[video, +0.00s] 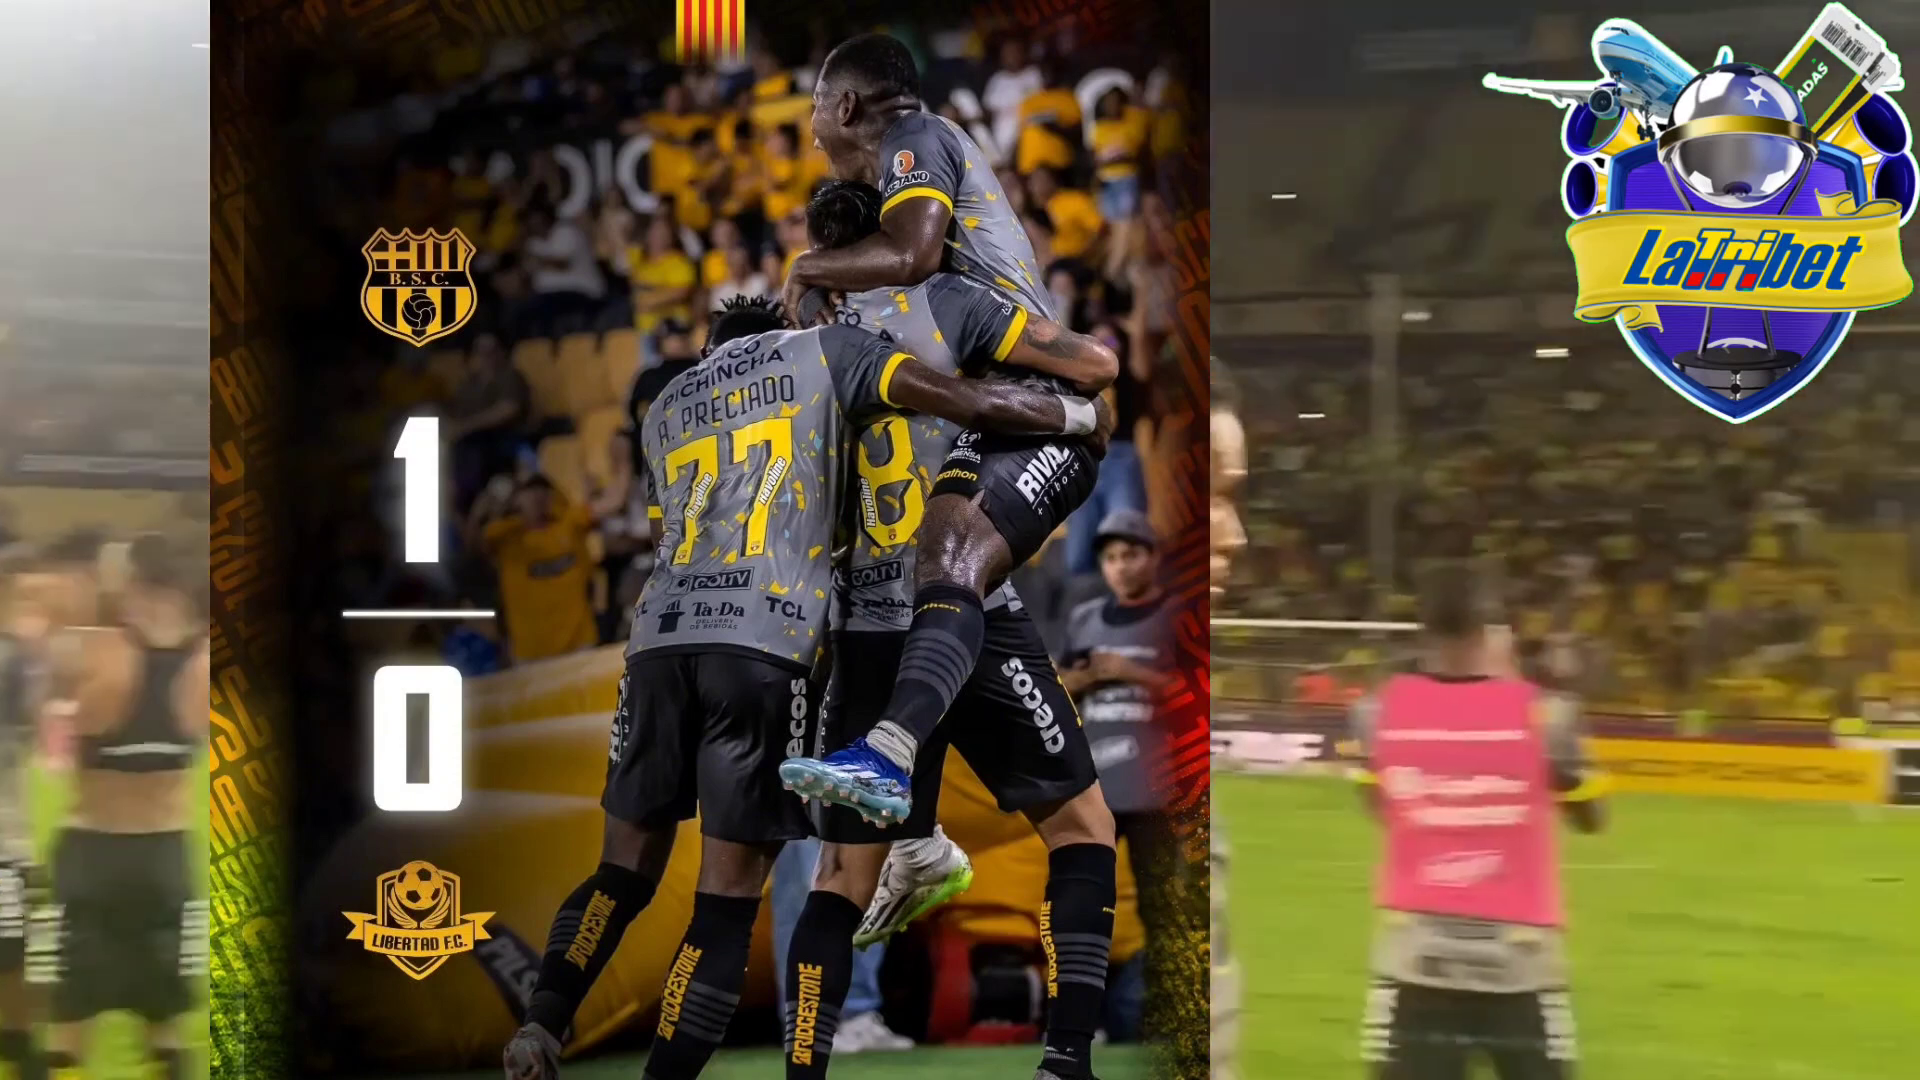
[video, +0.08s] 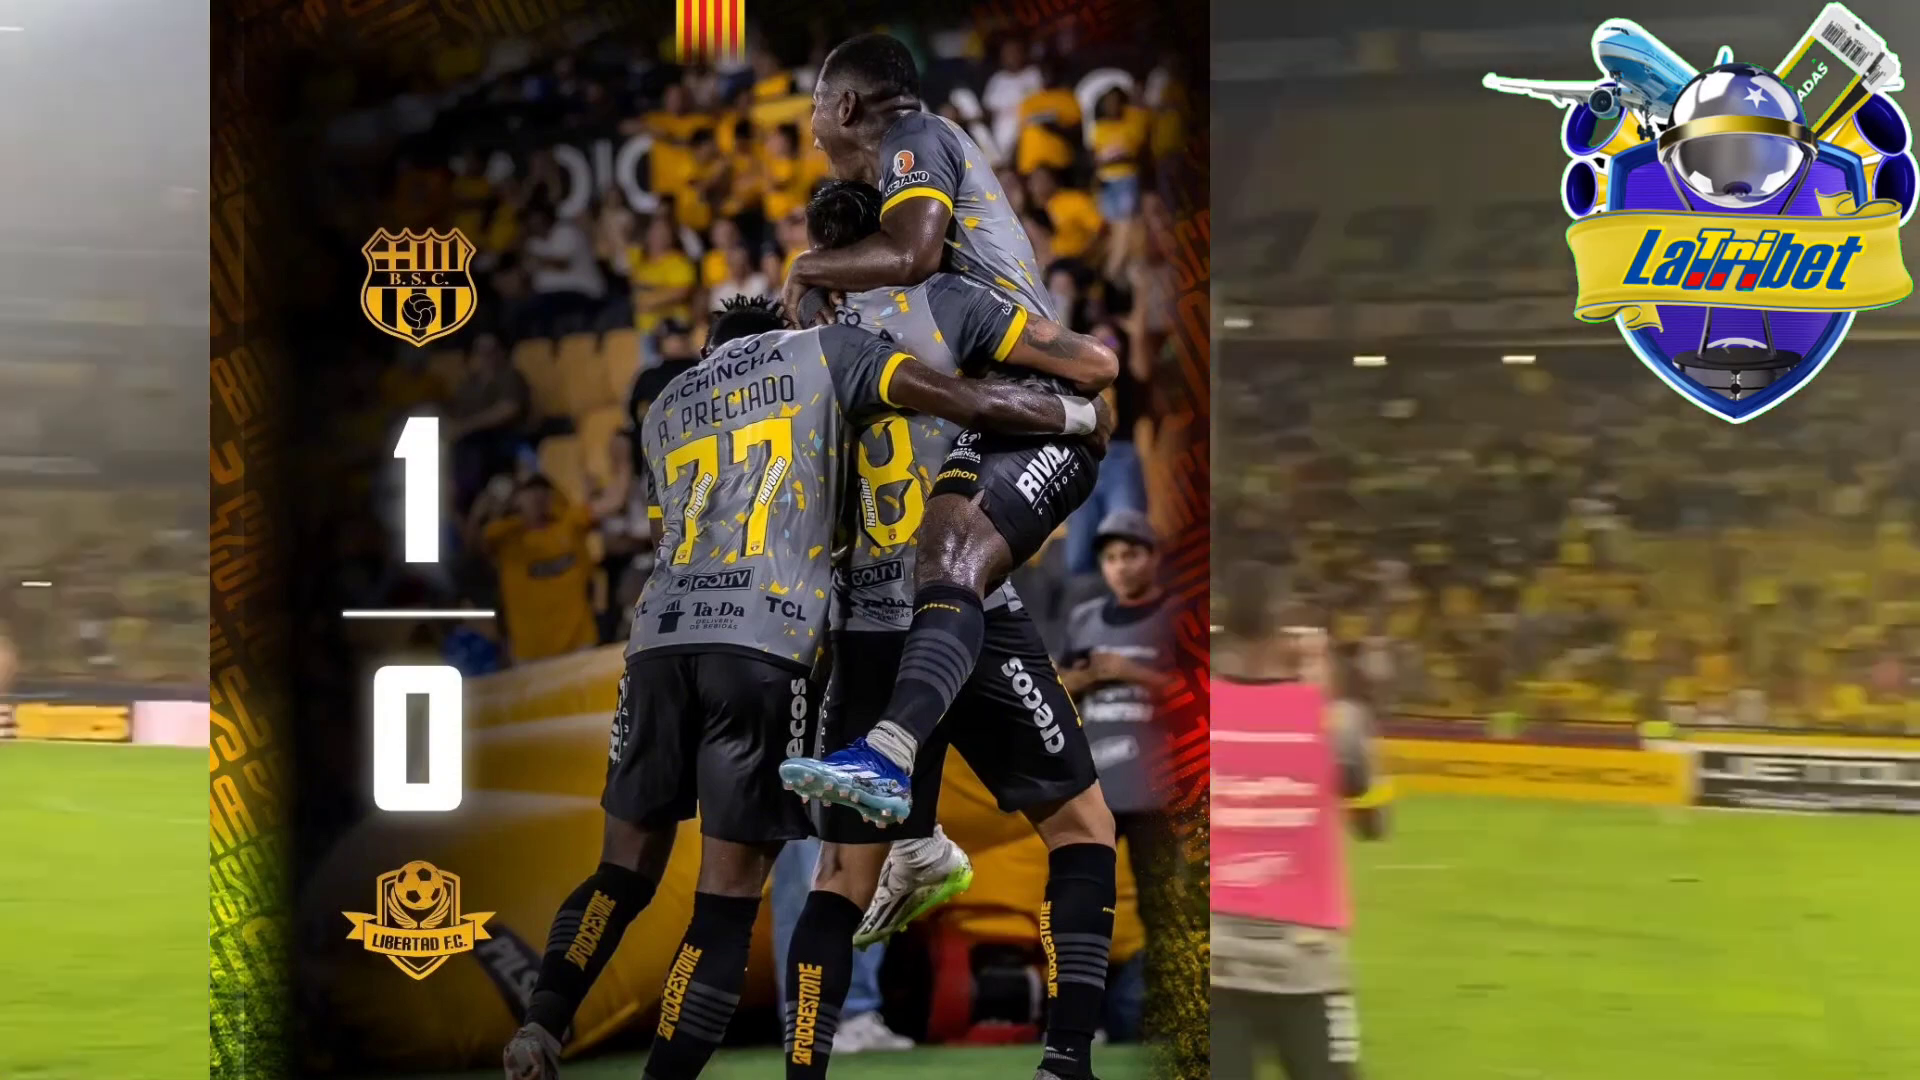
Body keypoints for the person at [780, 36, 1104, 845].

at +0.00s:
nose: (816, 134)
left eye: (821, 112)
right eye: (814, 115)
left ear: (857, 102)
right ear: (877, 105)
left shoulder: (914, 131)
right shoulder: (897, 166)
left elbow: (914, 251)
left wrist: (808, 265)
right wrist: (804, 301)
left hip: (1040, 403)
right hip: (978, 401)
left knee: (953, 557)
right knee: (888, 565)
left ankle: (886, 756)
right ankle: (917, 839)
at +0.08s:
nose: (816, 132)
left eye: (820, 112)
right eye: (814, 114)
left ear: (853, 102)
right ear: (877, 104)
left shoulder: (913, 133)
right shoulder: (906, 153)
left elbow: (914, 250)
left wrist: (808, 265)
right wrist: (808, 299)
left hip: (1042, 399)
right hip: (979, 396)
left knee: (954, 555)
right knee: (891, 562)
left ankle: (887, 756)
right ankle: (915, 840)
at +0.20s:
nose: (814, 125)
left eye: (821, 107)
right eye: (815, 107)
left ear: (855, 103)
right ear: (878, 105)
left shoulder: (913, 135)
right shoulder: (907, 155)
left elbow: (914, 252)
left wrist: (807, 265)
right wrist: (812, 299)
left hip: (1042, 404)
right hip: (979, 403)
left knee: (952, 557)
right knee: (884, 565)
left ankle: (889, 754)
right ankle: (917, 841)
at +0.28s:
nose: (814, 132)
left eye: (820, 111)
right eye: (813, 113)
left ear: (855, 105)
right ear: (879, 107)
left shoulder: (914, 135)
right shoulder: (908, 154)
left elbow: (915, 250)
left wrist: (807, 265)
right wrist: (799, 303)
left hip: (1041, 401)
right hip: (980, 399)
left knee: (952, 556)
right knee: (888, 563)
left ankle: (888, 756)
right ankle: (917, 840)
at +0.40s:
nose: (817, 140)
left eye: (820, 118)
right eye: (813, 122)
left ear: (855, 105)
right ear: (879, 105)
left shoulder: (912, 135)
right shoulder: (911, 152)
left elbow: (915, 249)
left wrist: (806, 266)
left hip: (1039, 407)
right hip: (980, 406)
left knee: (955, 554)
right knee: (886, 566)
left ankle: (886, 754)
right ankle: (916, 840)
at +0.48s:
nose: (817, 133)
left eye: (822, 113)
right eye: (815, 115)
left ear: (858, 102)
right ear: (878, 104)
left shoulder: (914, 132)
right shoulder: (897, 161)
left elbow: (914, 251)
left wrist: (808, 265)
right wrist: (811, 295)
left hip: (1042, 402)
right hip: (977, 399)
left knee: (953, 554)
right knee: (888, 563)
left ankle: (887, 758)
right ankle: (914, 837)